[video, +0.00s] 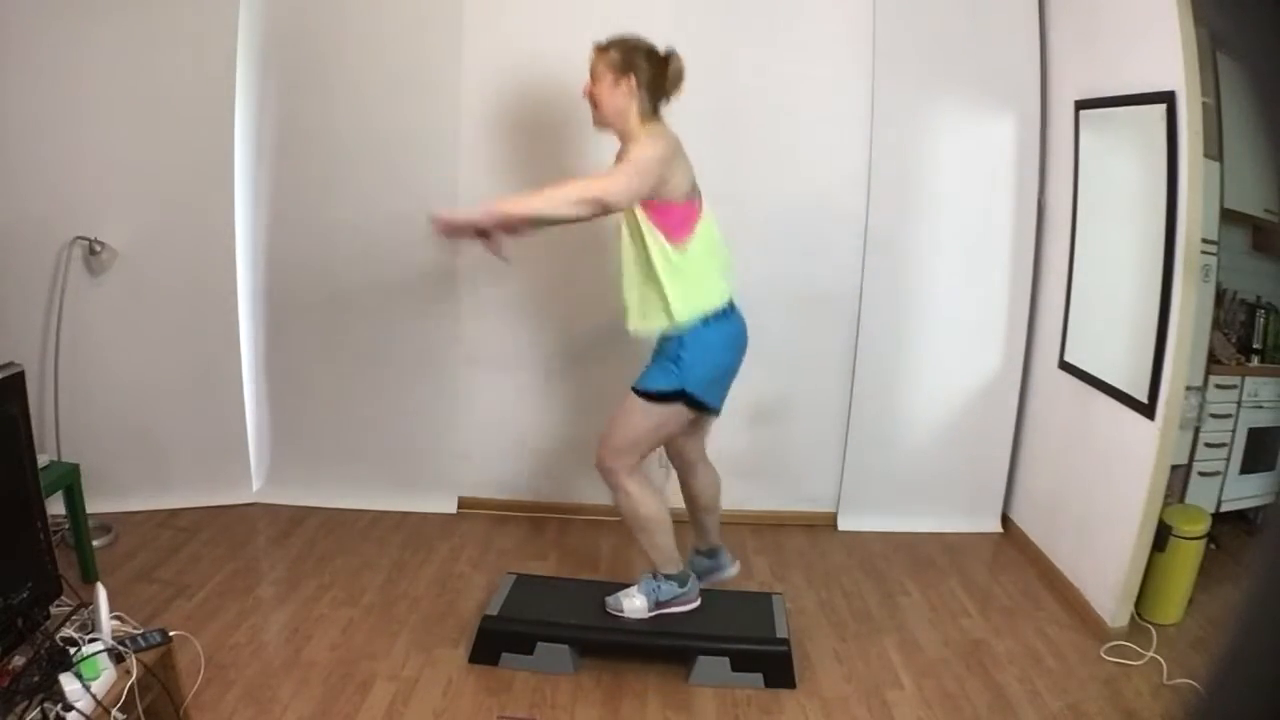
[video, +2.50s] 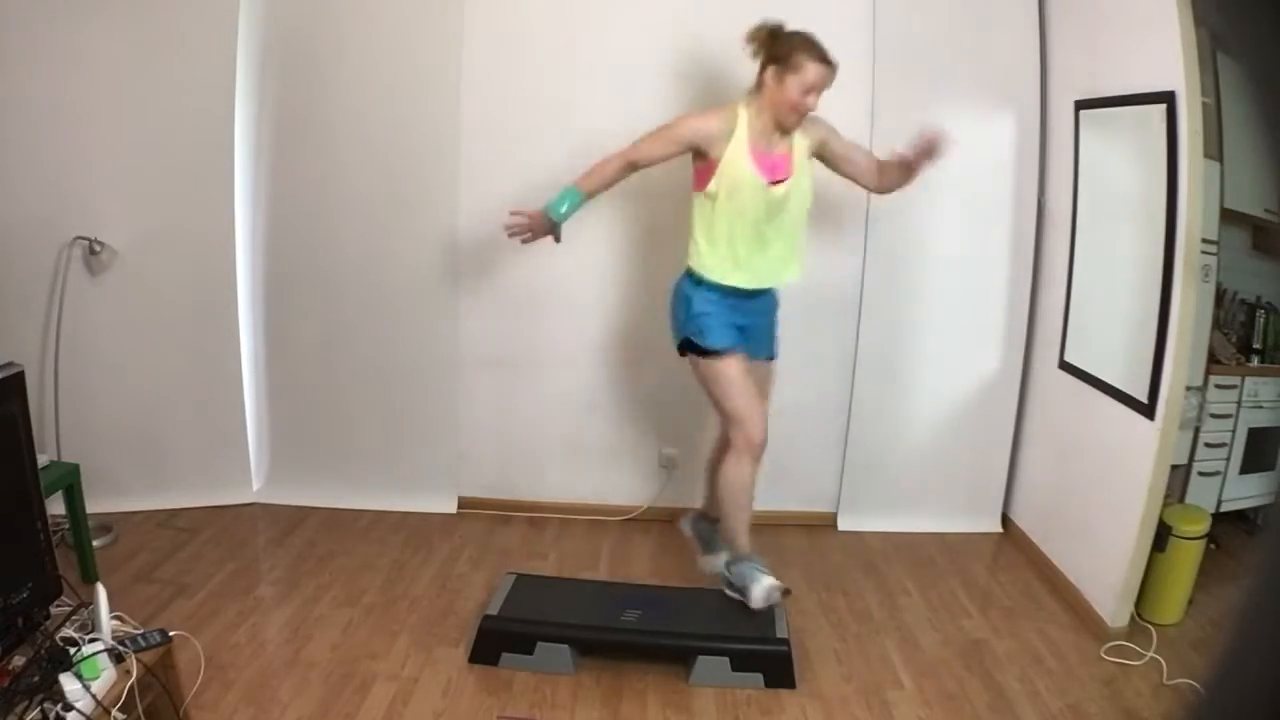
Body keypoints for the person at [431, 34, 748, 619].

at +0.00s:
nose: (587, 92)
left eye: (595, 80)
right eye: (589, 80)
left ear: (628, 86)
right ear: (633, 87)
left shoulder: (652, 152)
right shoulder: (647, 149)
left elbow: (594, 200)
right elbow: (587, 207)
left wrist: (499, 211)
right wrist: (505, 223)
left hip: (699, 338)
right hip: (709, 331)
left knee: (617, 459)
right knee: (688, 452)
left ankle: (672, 582)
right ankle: (710, 554)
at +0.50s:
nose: (590, 74)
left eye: (598, 62)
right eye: (591, 63)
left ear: (631, 65)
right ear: (637, 65)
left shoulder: (640, 119)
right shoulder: (660, 121)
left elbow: (621, 205)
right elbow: (662, 227)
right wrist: (606, 280)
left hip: (697, 306)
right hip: (704, 303)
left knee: (653, 466)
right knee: (661, 459)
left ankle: (674, 629)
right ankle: (674, 584)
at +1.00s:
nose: (594, 41)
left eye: (605, 29)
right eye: (596, 29)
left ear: (642, 40)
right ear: (636, 41)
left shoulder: (661, 99)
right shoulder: (635, 106)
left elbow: (676, 179)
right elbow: (620, 178)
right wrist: (571, 217)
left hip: (691, 291)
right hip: (664, 288)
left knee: (650, 439)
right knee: (635, 431)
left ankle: (691, 599)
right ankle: (670, 563)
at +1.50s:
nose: (641, 93)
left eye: (653, 85)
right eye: (636, 82)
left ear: (684, 89)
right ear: (631, 81)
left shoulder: (711, 144)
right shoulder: (608, 135)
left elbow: (747, 206)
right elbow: (541, 179)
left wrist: (738, 233)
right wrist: (488, 206)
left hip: (683, 310)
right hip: (623, 305)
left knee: (660, 439)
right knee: (609, 424)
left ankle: (660, 567)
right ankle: (610, 497)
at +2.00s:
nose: (705, 150)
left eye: (713, 141)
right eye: (696, 138)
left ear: (718, 141)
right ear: (667, 134)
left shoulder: (722, 194)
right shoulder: (625, 186)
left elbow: (721, 254)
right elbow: (577, 249)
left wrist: (732, 314)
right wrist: (591, 311)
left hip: (688, 336)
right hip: (625, 335)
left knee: (706, 448)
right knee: (607, 446)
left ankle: (679, 531)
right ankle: (592, 517)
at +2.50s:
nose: (814, 103)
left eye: (820, 92)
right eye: (807, 88)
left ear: (818, 93)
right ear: (771, 77)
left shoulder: (810, 136)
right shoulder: (715, 128)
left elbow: (878, 178)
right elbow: (627, 160)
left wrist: (912, 164)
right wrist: (557, 213)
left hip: (760, 301)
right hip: (707, 298)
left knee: (743, 431)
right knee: (749, 432)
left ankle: (710, 522)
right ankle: (740, 559)